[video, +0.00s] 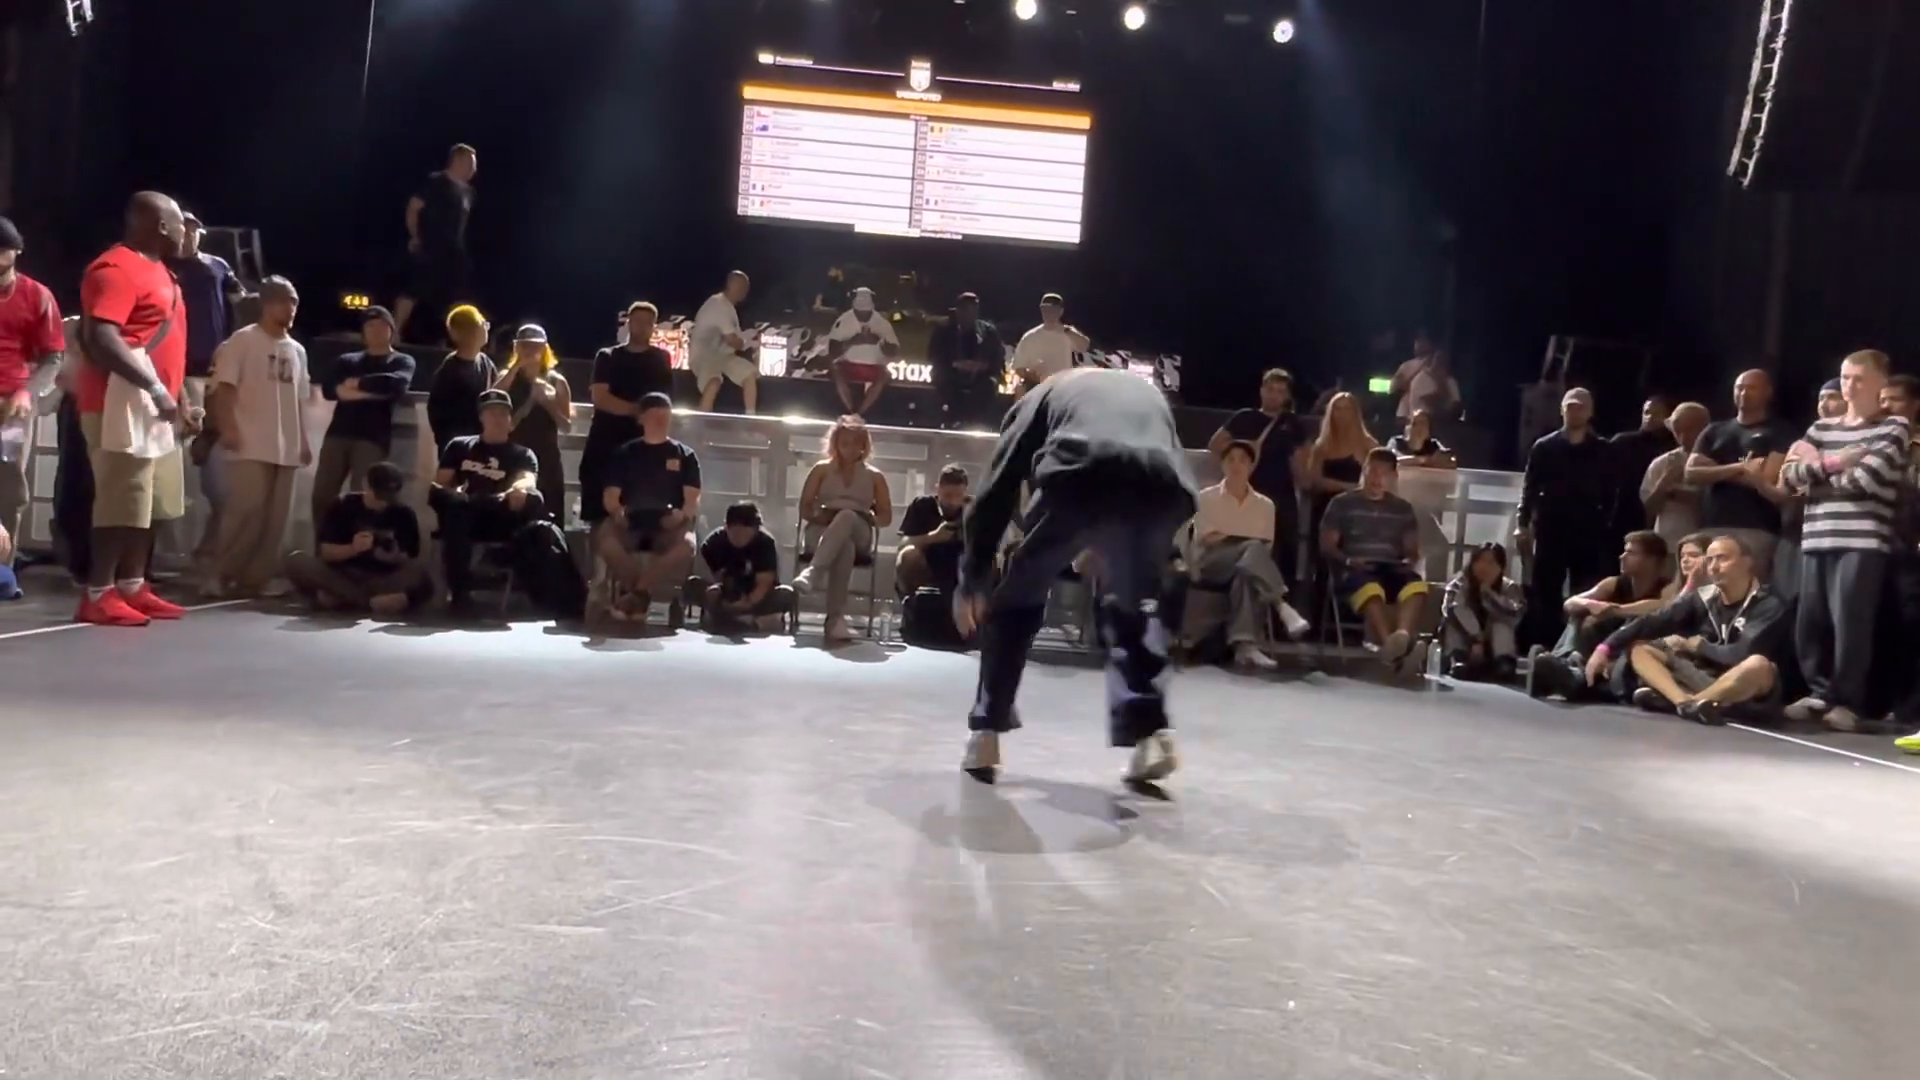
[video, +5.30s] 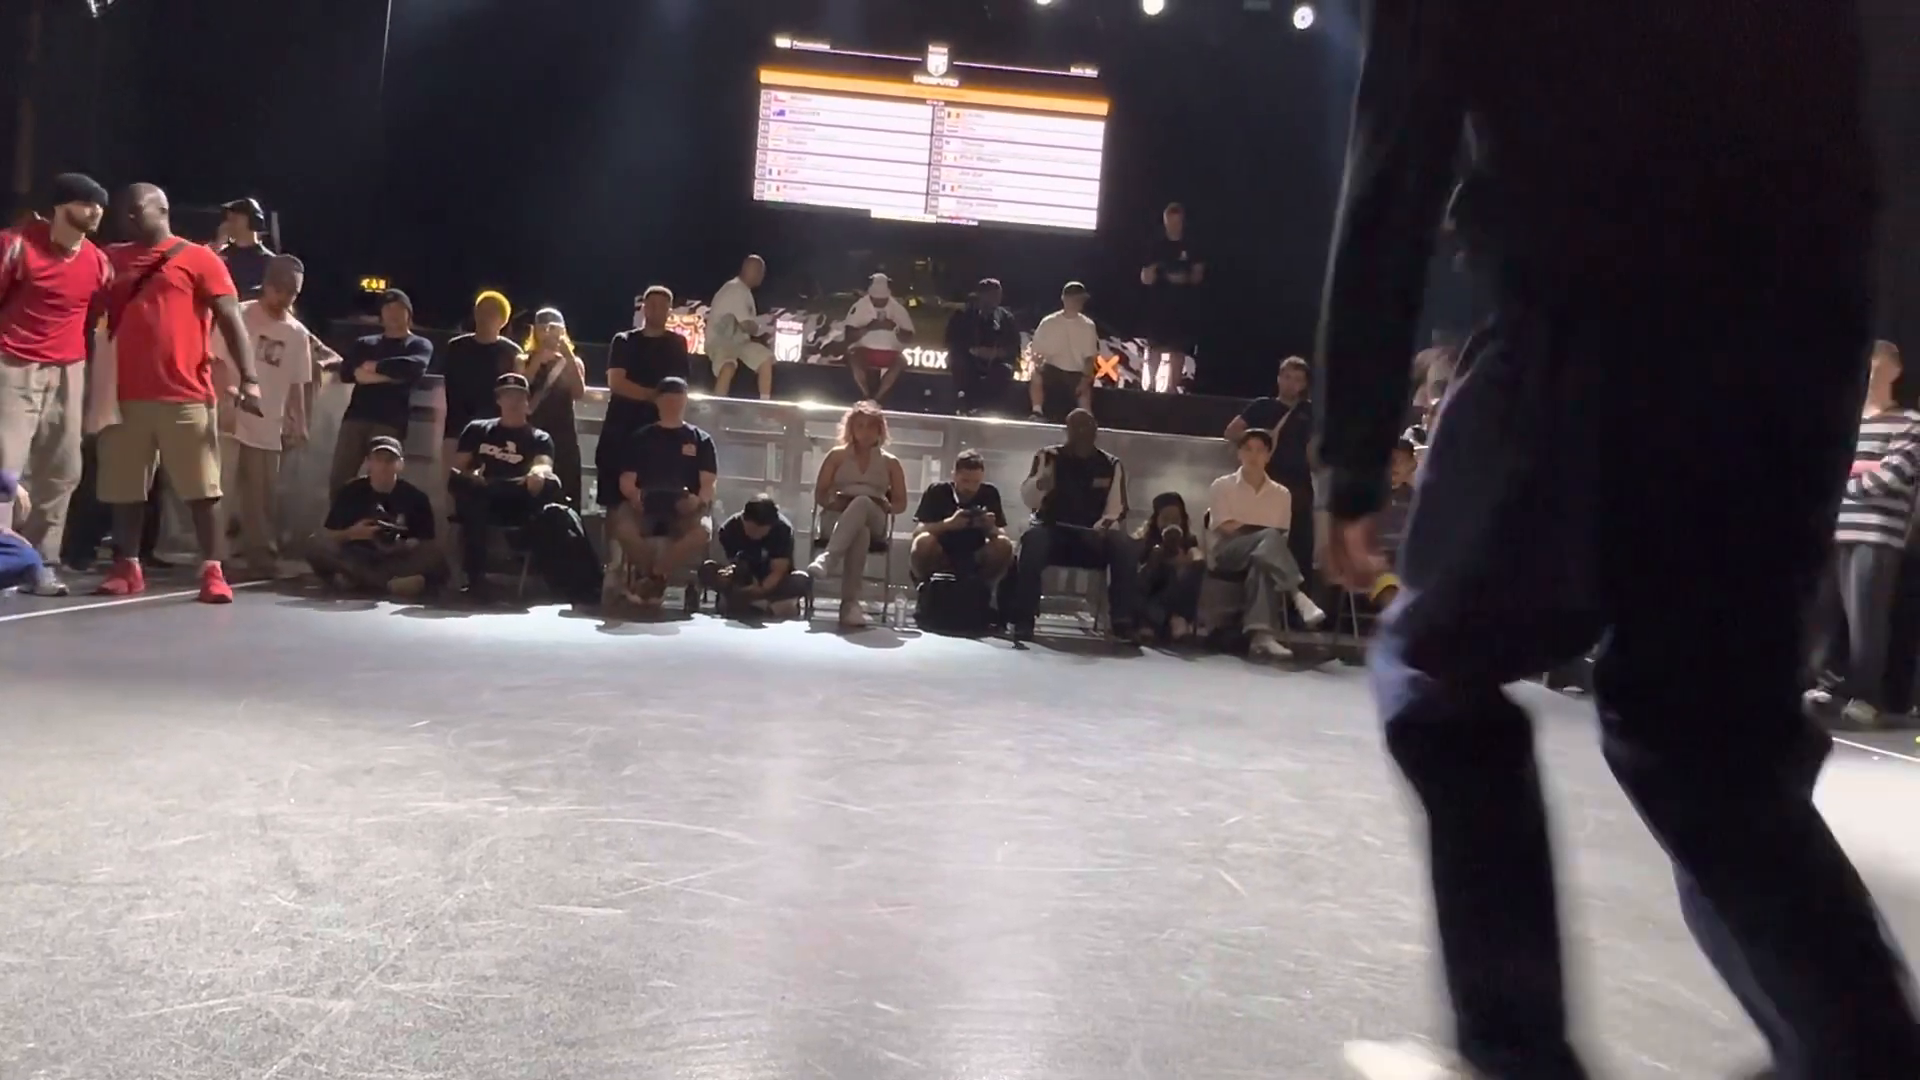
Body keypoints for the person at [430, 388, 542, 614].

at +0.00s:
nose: (498, 419)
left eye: (503, 414)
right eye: (492, 413)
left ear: (510, 420)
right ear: (481, 417)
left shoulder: (523, 455)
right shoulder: (459, 447)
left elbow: (526, 483)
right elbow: (438, 488)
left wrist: (520, 489)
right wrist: (459, 495)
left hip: (504, 512)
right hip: (468, 511)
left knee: (532, 501)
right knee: (453, 508)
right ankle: (459, 592)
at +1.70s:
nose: (525, 398)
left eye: (530, 393)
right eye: (519, 392)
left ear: (536, 399)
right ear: (506, 396)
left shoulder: (547, 434)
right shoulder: (484, 424)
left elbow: (551, 461)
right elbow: (463, 466)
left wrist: (542, 470)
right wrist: (479, 472)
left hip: (526, 489)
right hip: (490, 486)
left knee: (556, 480)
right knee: (477, 490)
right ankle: (482, 569)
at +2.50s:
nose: (527, 394)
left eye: (532, 389)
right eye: (522, 388)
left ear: (539, 395)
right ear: (509, 392)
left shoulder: (550, 429)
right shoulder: (487, 420)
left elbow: (553, 457)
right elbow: (467, 462)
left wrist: (546, 466)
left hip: (531, 488)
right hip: (494, 485)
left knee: (560, 475)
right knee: (481, 484)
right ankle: (484, 566)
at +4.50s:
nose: (523, 394)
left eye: (528, 389)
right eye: (518, 388)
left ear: (537, 395)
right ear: (507, 391)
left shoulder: (548, 430)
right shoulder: (486, 421)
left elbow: (553, 458)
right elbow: (466, 461)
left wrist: (548, 467)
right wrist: (488, 471)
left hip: (530, 490)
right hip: (493, 487)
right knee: (482, 492)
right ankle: (485, 568)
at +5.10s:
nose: (518, 400)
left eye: (523, 395)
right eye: (513, 394)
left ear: (531, 400)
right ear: (502, 398)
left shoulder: (543, 436)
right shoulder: (481, 428)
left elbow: (546, 467)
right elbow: (460, 468)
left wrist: (543, 472)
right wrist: (478, 477)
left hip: (524, 494)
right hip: (489, 493)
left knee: (552, 484)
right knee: (474, 495)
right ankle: (479, 576)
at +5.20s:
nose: (516, 401)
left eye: (521, 396)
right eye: (511, 395)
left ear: (529, 401)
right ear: (500, 399)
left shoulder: (541, 437)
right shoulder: (479, 428)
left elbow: (543, 472)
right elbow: (458, 469)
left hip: (522, 495)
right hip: (486, 494)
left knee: (550, 485)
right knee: (472, 495)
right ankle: (477, 577)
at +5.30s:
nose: (514, 401)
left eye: (518, 396)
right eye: (508, 395)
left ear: (527, 402)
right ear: (498, 400)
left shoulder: (540, 438)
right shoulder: (477, 429)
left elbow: (543, 466)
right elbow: (457, 471)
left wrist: (538, 474)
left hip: (521, 495)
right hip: (486, 494)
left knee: (550, 486)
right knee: (469, 496)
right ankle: (475, 577)